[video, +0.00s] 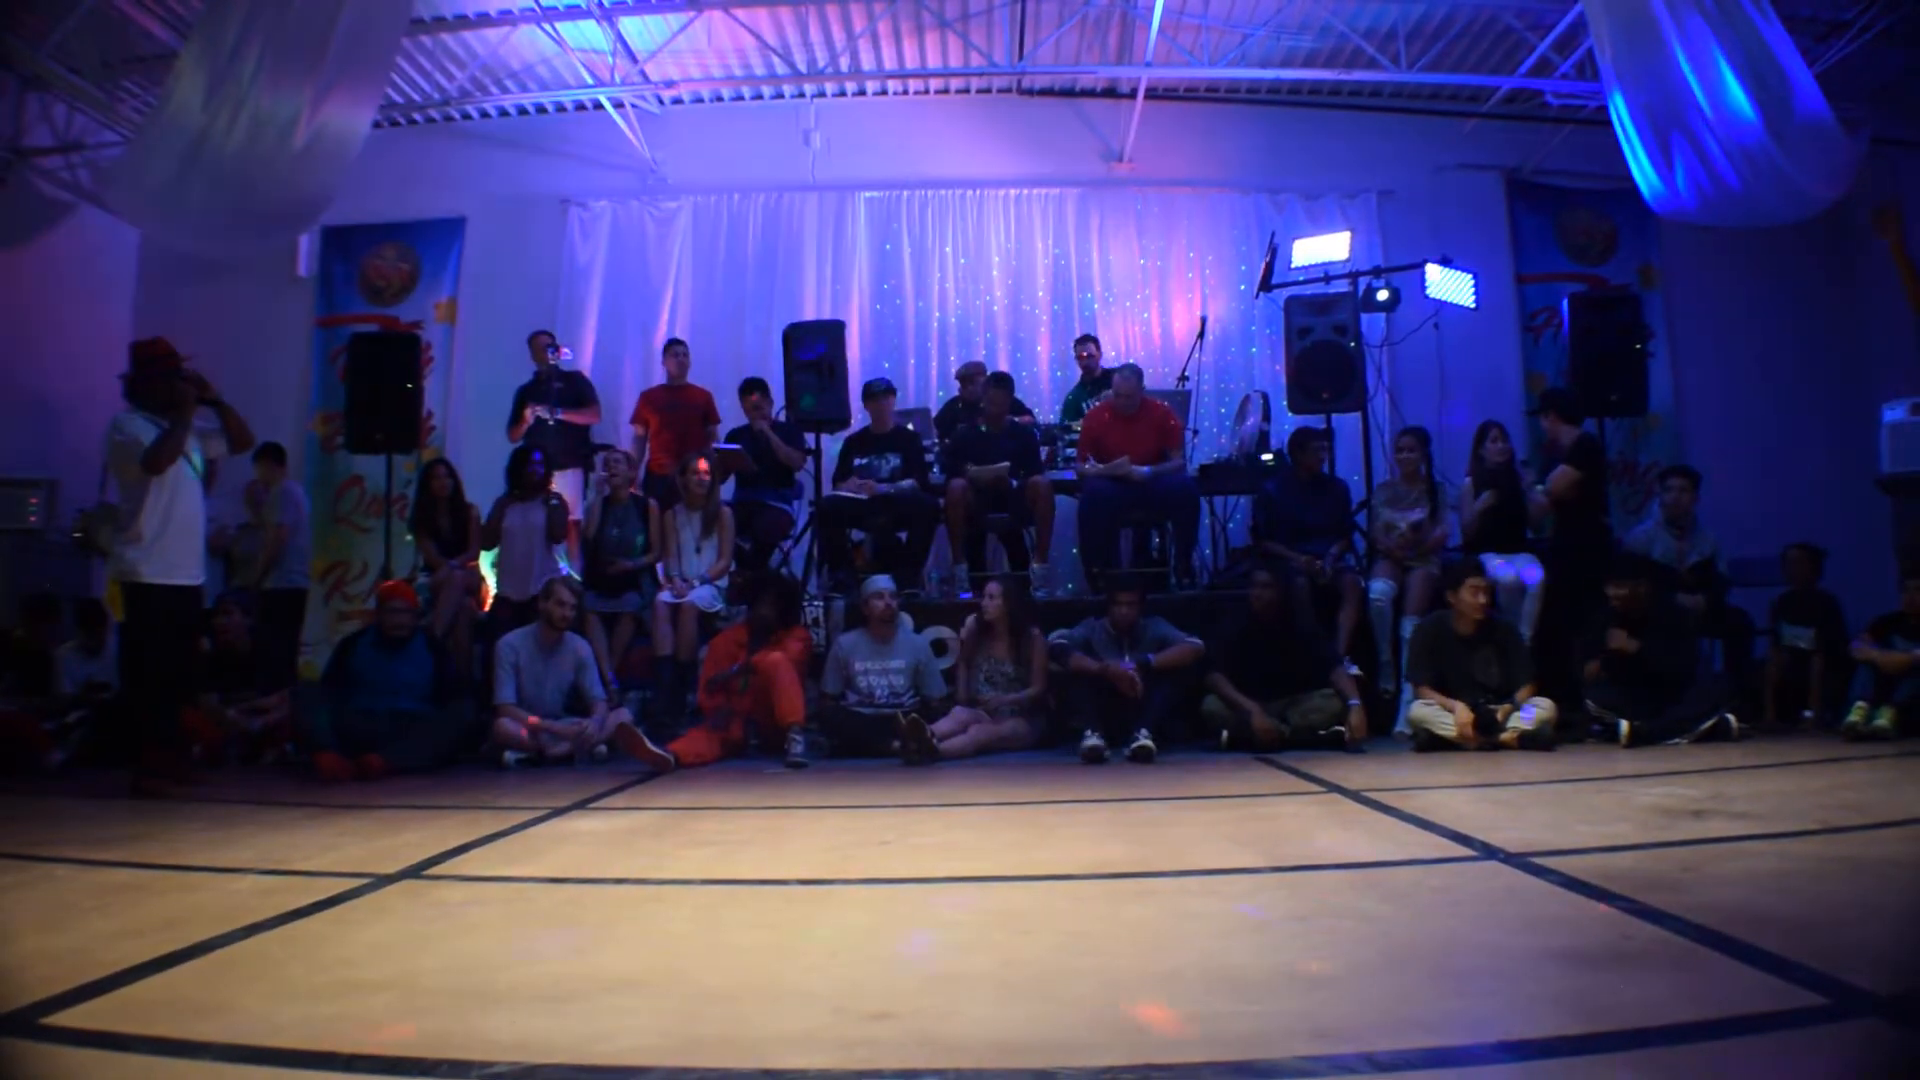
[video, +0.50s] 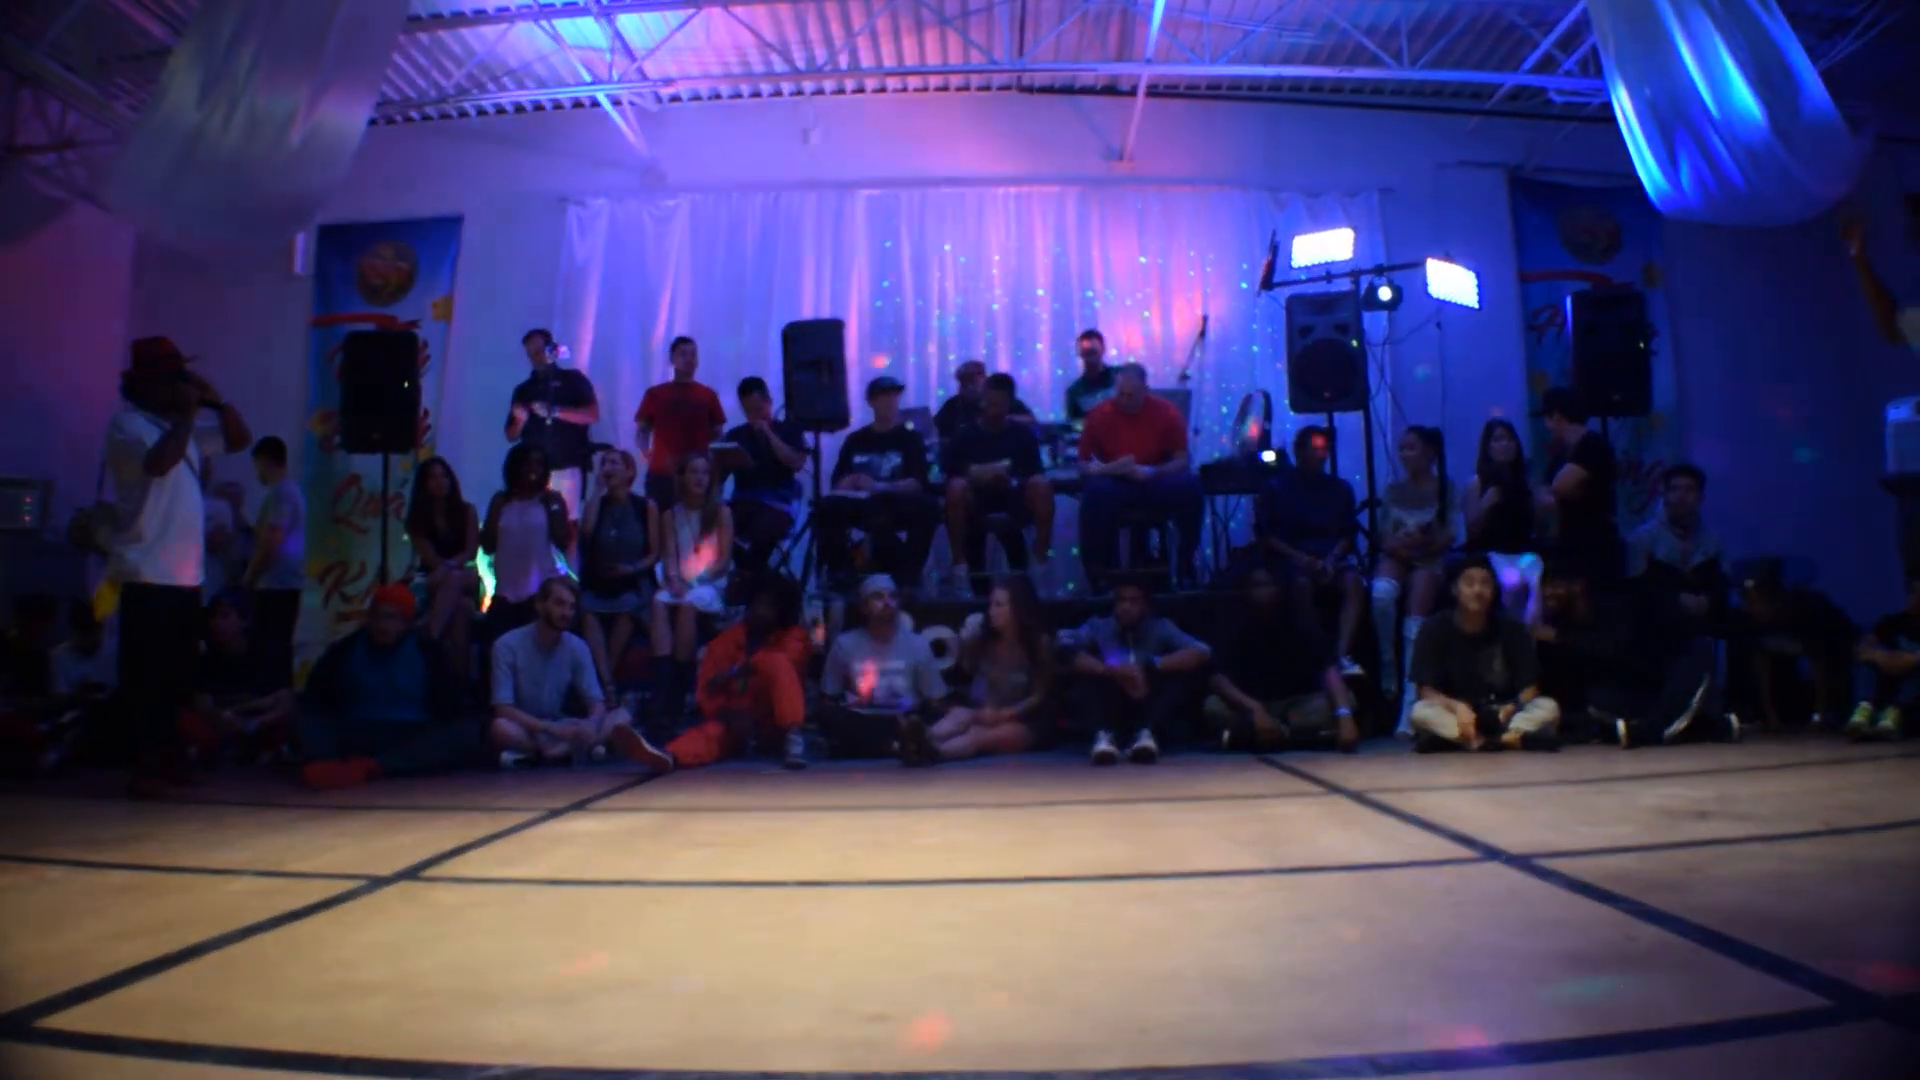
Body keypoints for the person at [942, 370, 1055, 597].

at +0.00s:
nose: (993, 408)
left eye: (999, 402)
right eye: (989, 402)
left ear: (1009, 402)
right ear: (982, 401)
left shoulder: (1024, 433)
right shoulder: (966, 434)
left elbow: (1034, 471)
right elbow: (950, 469)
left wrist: (1009, 481)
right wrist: (973, 476)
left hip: (1012, 493)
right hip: (978, 493)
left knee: (1041, 485)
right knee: (956, 488)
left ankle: (1041, 562)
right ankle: (959, 565)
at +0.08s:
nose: (992, 407)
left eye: (998, 401)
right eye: (989, 400)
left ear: (1009, 401)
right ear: (982, 400)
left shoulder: (1023, 433)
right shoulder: (966, 433)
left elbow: (1034, 471)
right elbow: (950, 470)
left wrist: (1009, 481)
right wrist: (974, 476)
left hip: (1012, 492)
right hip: (978, 493)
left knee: (1041, 485)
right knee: (956, 488)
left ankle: (1041, 563)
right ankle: (959, 565)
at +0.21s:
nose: (994, 409)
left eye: (1000, 404)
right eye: (990, 403)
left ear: (1010, 402)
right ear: (982, 401)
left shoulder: (1023, 433)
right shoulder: (966, 433)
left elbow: (1035, 472)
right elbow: (950, 469)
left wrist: (1010, 480)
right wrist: (974, 475)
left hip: (1012, 492)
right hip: (978, 493)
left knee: (1041, 485)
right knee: (956, 488)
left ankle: (1041, 562)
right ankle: (959, 566)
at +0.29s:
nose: (994, 409)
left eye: (1000, 403)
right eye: (990, 403)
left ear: (1010, 403)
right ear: (982, 401)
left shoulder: (1023, 433)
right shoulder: (965, 434)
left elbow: (1035, 471)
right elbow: (951, 470)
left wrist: (1009, 478)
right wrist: (975, 475)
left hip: (1012, 492)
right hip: (978, 493)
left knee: (1041, 486)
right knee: (956, 488)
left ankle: (1042, 562)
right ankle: (959, 565)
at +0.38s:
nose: (994, 409)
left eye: (1000, 404)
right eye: (990, 403)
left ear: (1010, 403)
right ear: (982, 402)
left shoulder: (1023, 433)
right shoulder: (965, 433)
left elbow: (1035, 471)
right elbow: (951, 471)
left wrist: (1008, 475)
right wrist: (977, 474)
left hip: (1012, 491)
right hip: (978, 492)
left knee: (1041, 486)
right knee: (956, 489)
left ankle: (1042, 560)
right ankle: (959, 565)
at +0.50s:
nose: (994, 410)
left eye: (1000, 404)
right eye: (990, 403)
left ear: (1009, 404)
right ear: (981, 403)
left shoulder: (1021, 432)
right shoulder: (966, 433)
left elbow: (1034, 470)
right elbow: (951, 471)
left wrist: (1008, 476)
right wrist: (976, 475)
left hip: (1012, 490)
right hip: (977, 491)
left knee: (1041, 487)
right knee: (957, 488)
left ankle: (1041, 558)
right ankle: (959, 563)